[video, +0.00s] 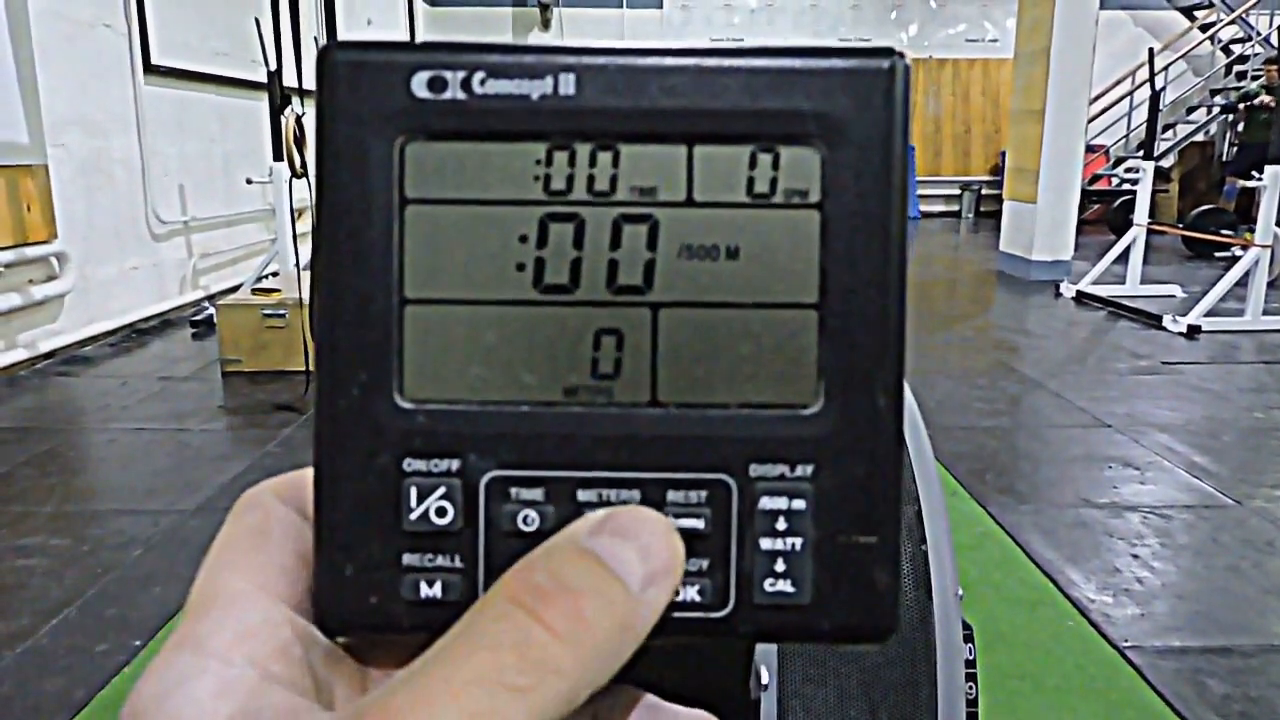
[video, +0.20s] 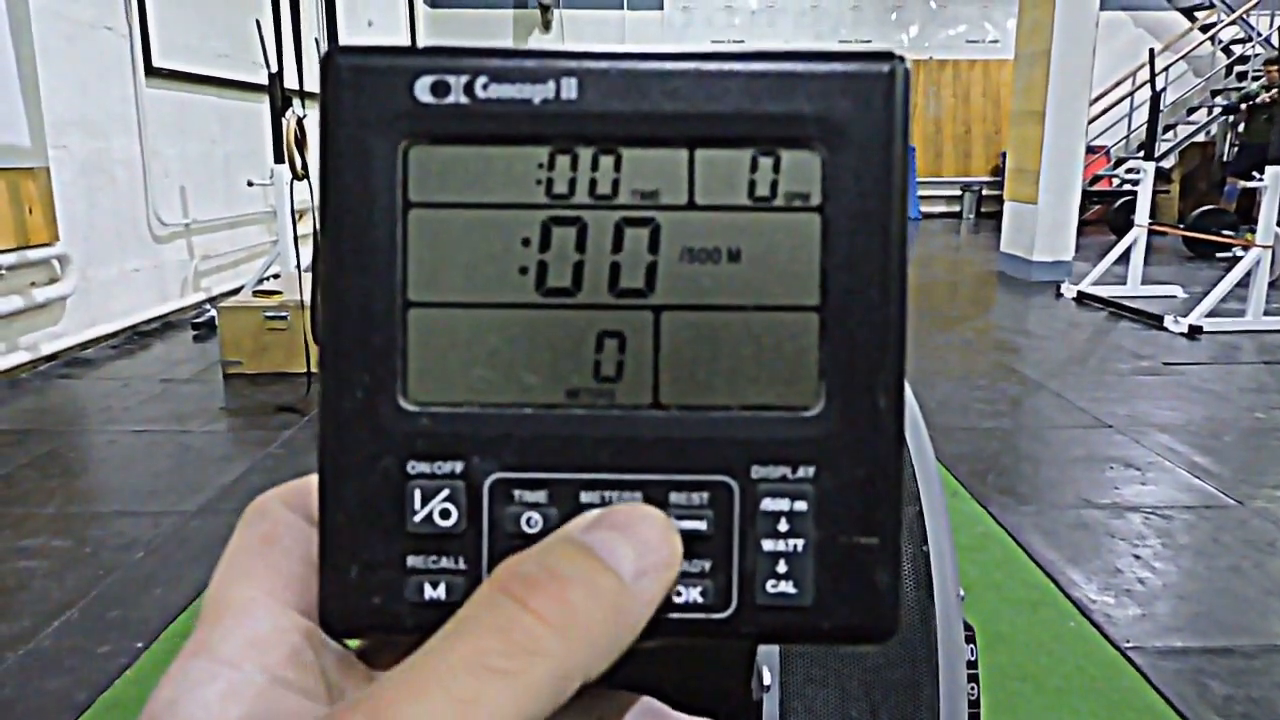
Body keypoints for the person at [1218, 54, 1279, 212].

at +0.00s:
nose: (1269, 75)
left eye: (1272, 71)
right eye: (1266, 71)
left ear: (1279, 72)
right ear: (1263, 72)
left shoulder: (1276, 93)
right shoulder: (1253, 91)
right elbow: (1226, 108)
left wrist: (1274, 104)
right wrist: (1252, 104)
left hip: (1272, 148)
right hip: (1249, 146)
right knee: (1232, 178)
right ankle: (1222, 221)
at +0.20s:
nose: (1269, 76)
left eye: (1273, 71)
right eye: (1267, 72)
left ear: (1279, 72)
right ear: (1264, 73)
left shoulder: (1276, 93)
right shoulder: (1255, 91)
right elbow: (1227, 109)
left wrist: (1272, 99)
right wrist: (1255, 102)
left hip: (1272, 148)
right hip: (1250, 146)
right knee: (1233, 178)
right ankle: (1222, 222)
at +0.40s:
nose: (1270, 76)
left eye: (1273, 71)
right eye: (1267, 72)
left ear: (1279, 72)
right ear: (1263, 73)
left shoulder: (1276, 93)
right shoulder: (1255, 91)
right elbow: (1227, 109)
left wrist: (1274, 100)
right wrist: (1255, 104)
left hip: (1272, 148)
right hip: (1250, 146)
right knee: (1233, 182)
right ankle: (1221, 223)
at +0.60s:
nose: (1269, 80)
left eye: (1272, 76)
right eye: (1265, 76)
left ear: (1278, 76)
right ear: (1260, 78)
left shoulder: (1277, 98)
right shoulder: (1252, 97)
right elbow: (1227, 116)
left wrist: (1274, 104)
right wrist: (1254, 111)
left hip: (1271, 154)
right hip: (1248, 152)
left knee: (1268, 194)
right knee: (1231, 187)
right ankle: (1220, 228)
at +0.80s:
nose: (1268, 81)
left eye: (1271, 77)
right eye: (1264, 78)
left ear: (1277, 78)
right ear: (1259, 80)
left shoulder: (1277, 100)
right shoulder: (1252, 99)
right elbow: (1230, 117)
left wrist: (1273, 109)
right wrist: (1248, 120)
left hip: (1271, 154)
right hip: (1248, 152)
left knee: (1270, 191)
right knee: (1231, 186)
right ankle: (1220, 228)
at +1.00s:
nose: (1266, 80)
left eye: (1269, 76)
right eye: (1262, 77)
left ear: (1275, 76)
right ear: (1258, 78)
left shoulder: (1276, 98)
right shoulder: (1247, 99)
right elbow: (1229, 124)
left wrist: (1273, 107)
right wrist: (1252, 118)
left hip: (1271, 154)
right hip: (1247, 152)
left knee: (1270, 193)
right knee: (1230, 188)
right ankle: (1219, 229)